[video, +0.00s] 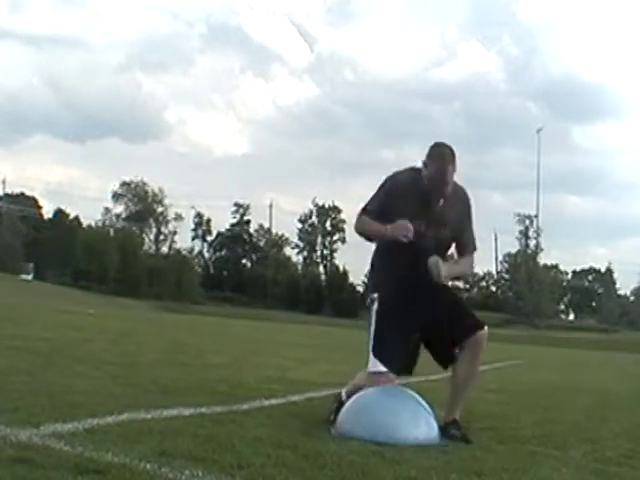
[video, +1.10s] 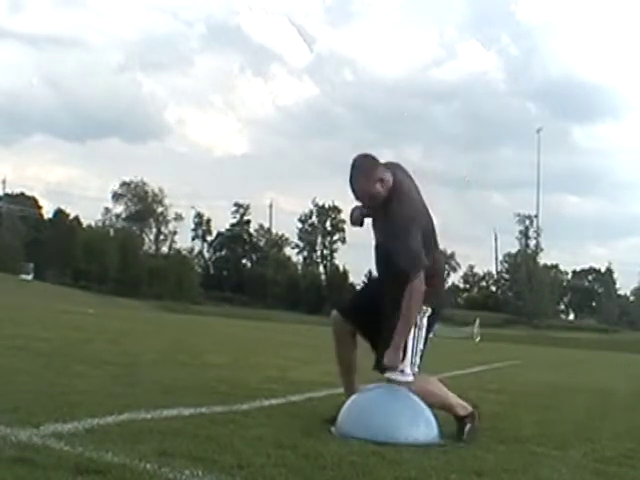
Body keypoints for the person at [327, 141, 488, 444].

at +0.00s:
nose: (440, 190)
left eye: (445, 184)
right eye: (435, 183)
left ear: (454, 175)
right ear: (423, 171)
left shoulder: (458, 199)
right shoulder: (400, 183)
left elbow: (467, 261)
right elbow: (361, 223)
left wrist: (448, 269)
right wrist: (387, 230)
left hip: (430, 285)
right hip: (391, 284)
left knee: (475, 337)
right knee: (386, 375)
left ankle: (451, 419)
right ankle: (346, 397)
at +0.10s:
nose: (434, 149)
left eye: (439, 142)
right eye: (428, 141)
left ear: (448, 137)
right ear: (417, 133)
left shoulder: (457, 165)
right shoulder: (399, 154)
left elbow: (469, 228)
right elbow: (368, 207)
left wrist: (451, 200)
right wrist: (397, 183)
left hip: (434, 270)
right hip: (393, 268)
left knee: (468, 336)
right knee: (374, 359)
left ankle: (451, 419)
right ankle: (353, 408)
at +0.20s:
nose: (426, 117)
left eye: (431, 109)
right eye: (420, 110)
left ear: (441, 106)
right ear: (410, 106)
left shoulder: (453, 134)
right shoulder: (393, 128)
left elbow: (469, 194)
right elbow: (367, 180)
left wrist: (450, 152)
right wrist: (394, 142)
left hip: (435, 249)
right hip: (393, 248)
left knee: (460, 331)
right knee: (370, 334)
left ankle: (453, 418)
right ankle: (362, 410)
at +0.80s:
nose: (394, 101)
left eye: (399, 94)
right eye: (390, 95)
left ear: (414, 86)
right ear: (387, 92)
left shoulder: (438, 118)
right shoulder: (389, 119)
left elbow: (458, 173)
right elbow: (376, 170)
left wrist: (423, 157)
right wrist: (371, 144)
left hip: (425, 240)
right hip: (389, 237)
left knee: (436, 337)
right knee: (365, 325)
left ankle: (456, 419)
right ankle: (357, 407)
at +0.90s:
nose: (384, 125)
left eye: (387, 117)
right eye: (379, 119)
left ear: (403, 106)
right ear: (375, 112)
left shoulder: (428, 137)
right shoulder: (386, 135)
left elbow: (450, 195)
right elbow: (383, 175)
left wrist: (415, 208)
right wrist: (365, 163)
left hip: (424, 253)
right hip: (391, 249)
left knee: (421, 344)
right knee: (356, 325)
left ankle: (463, 415)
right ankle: (355, 404)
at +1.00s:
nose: (370, 160)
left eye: (374, 153)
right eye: (366, 154)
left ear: (394, 140)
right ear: (365, 145)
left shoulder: (415, 172)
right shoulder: (388, 163)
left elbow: (437, 232)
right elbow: (390, 189)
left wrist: (405, 276)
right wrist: (367, 189)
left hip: (418, 271)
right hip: (390, 265)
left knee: (410, 357)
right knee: (347, 321)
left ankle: (468, 412)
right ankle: (353, 404)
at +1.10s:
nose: (365, 204)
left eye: (368, 197)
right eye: (360, 198)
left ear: (383, 182)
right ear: (361, 182)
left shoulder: (404, 215)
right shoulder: (387, 172)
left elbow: (417, 284)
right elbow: (386, 203)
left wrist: (397, 347)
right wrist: (364, 211)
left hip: (420, 292)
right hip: (389, 281)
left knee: (402, 377)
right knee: (343, 324)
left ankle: (464, 411)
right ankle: (352, 403)